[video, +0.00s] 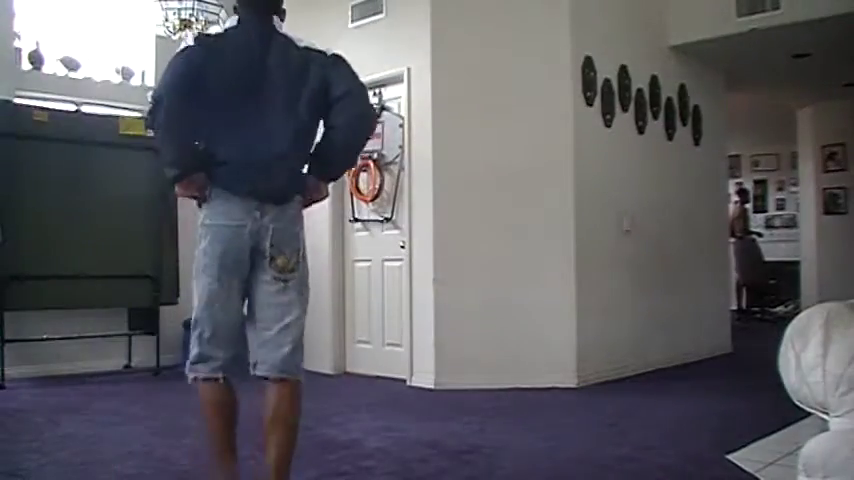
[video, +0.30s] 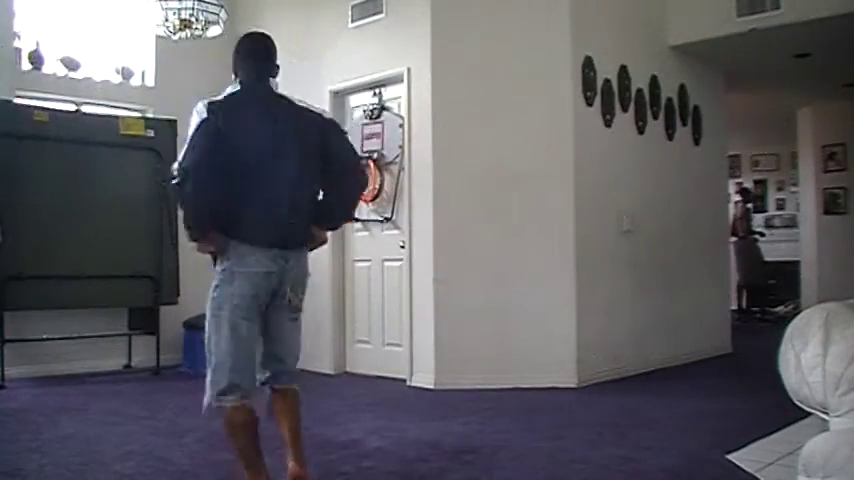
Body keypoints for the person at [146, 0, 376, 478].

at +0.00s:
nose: (261, 14)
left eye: (245, 9)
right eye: (273, 10)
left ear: (237, 7)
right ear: (279, 10)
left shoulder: (201, 52)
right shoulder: (313, 61)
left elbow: (164, 111)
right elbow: (358, 111)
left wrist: (185, 169)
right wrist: (320, 174)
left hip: (223, 210)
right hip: (284, 213)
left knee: (211, 360)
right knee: (282, 363)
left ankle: (225, 469)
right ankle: (278, 473)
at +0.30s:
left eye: (240, 64)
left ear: (235, 68)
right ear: (276, 69)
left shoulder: (218, 114)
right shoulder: (309, 120)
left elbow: (189, 178)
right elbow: (353, 172)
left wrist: (203, 233)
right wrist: (322, 223)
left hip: (241, 255)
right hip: (295, 257)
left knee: (233, 386)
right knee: (283, 371)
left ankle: (257, 473)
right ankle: (297, 464)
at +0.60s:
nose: (273, 74)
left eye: (273, 67)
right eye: (281, 65)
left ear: (274, 65)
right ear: (307, 63)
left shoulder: (272, 89)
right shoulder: (339, 106)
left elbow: (254, 147)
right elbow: (373, 171)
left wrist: (259, 202)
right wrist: (344, 204)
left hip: (290, 229)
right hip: (324, 232)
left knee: (266, 349)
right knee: (297, 346)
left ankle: (308, 448)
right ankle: (293, 439)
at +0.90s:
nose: (323, 74)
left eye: (323, 69)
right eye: (327, 69)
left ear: (328, 67)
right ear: (358, 66)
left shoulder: (326, 96)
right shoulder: (382, 102)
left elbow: (311, 148)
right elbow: (418, 153)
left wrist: (323, 193)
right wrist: (394, 195)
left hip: (349, 221)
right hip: (383, 225)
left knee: (337, 336)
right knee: (354, 331)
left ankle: (386, 420)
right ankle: (328, 421)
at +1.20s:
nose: (402, 101)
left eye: (398, 95)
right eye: (416, 92)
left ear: (397, 97)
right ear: (429, 95)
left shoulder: (387, 141)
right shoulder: (458, 137)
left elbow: (370, 188)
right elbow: (503, 179)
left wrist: (388, 230)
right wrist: (481, 223)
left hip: (415, 257)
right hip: (456, 254)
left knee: (394, 359)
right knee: (466, 345)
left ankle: (415, 444)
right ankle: (502, 423)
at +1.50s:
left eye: (502, 101)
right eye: (520, 101)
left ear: (495, 105)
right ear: (527, 104)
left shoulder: (474, 140)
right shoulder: (556, 138)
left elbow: (450, 193)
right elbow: (594, 185)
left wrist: (473, 232)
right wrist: (579, 228)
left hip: (504, 256)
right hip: (549, 253)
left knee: (488, 358)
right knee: (580, 353)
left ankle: (470, 440)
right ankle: (598, 438)